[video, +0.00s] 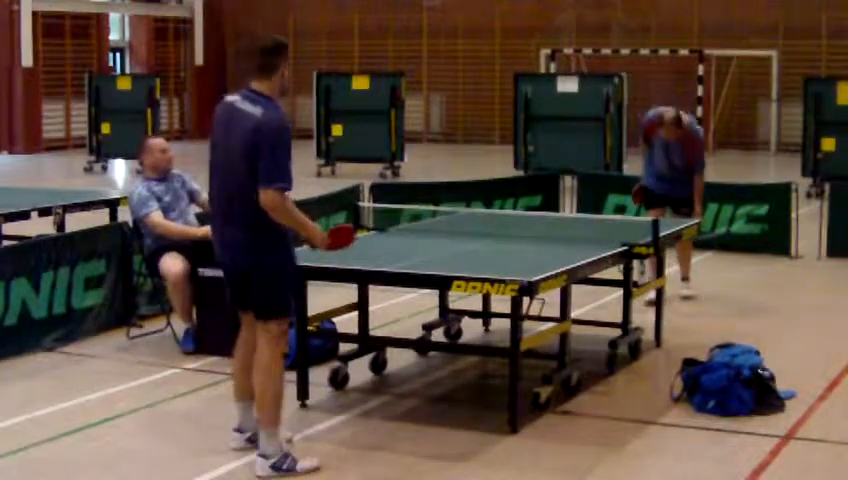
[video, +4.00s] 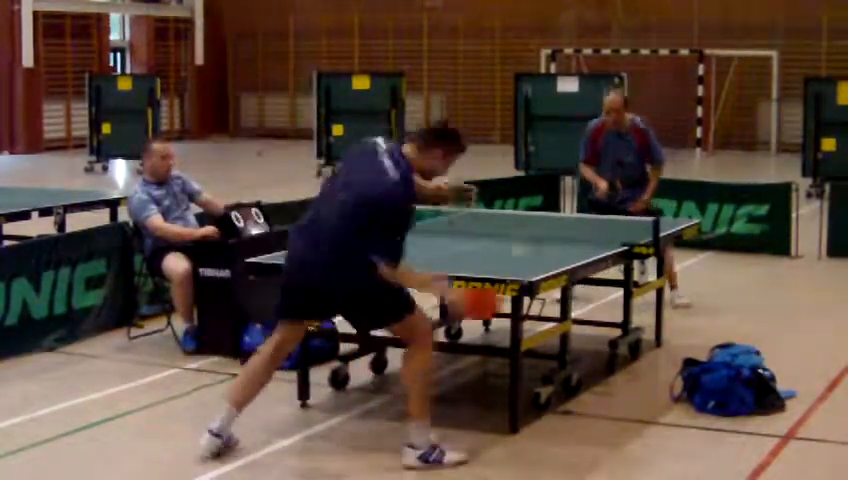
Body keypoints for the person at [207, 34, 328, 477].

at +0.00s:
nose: (289, 76)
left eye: (286, 68)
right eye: (288, 69)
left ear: (249, 69)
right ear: (282, 71)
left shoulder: (227, 109)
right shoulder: (270, 121)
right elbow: (271, 198)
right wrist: (310, 230)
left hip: (230, 240)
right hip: (262, 246)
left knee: (250, 328)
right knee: (274, 337)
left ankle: (246, 424)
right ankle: (272, 451)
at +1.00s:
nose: (242, 78)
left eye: (241, 70)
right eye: (241, 71)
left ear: (199, 68)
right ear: (229, 71)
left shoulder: (168, 115)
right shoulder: (227, 122)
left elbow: (156, 174)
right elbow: (239, 196)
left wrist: (184, 222)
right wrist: (283, 226)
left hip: (186, 251)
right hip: (235, 252)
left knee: (179, 342)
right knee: (263, 338)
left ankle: (176, 455)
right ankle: (271, 448)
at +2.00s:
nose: (347, 117)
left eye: (348, 110)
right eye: (348, 110)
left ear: (313, 97)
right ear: (340, 109)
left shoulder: (273, 116)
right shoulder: (319, 150)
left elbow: (257, 176)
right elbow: (334, 228)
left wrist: (291, 215)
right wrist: (349, 247)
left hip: (216, 234)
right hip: (264, 242)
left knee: (211, 325)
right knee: (290, 334)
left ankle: (182, 421)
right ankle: (300, 436)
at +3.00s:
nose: (282, 81)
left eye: (280, 74)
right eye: (280, 75)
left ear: (241, 79)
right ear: (272, 79)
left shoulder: (214, 120)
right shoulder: (271, 126)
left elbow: (201, 187)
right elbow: (275, 195)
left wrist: (259, 217)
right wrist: (310, 204)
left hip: (205, 242)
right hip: (248, 244)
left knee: (210, 327)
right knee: (291, 324)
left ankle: (182, 426)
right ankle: (300, 437)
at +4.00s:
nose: (444, 171)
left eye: (449, 164)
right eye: (447, 163)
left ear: (419, 142)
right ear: (436, 155)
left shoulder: (371, 147)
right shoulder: (397, 194)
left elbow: (396, 179)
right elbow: (386, 268)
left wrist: (423, 190)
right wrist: (429, 282)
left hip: (303, 260)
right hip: (349, 274)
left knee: (282, 340)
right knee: (420, 332)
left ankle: (219, 429)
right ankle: (420, 444)